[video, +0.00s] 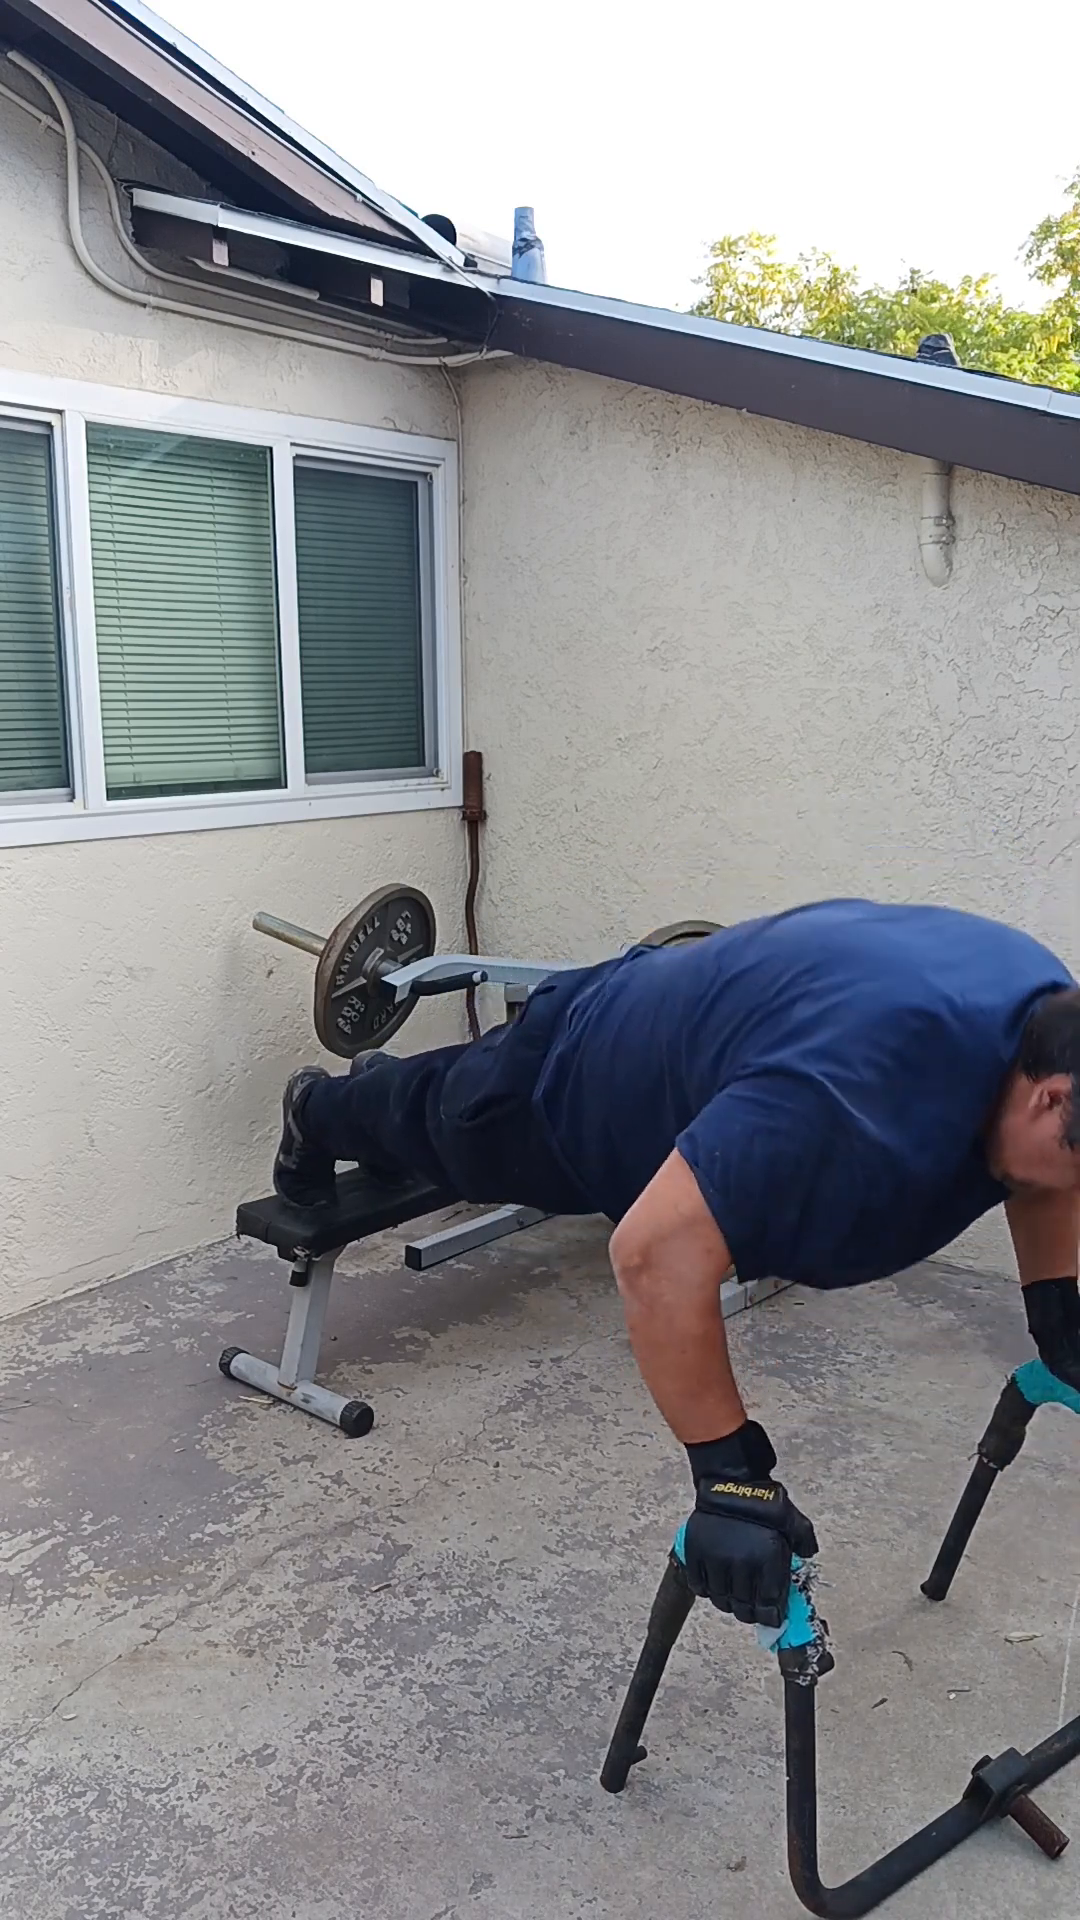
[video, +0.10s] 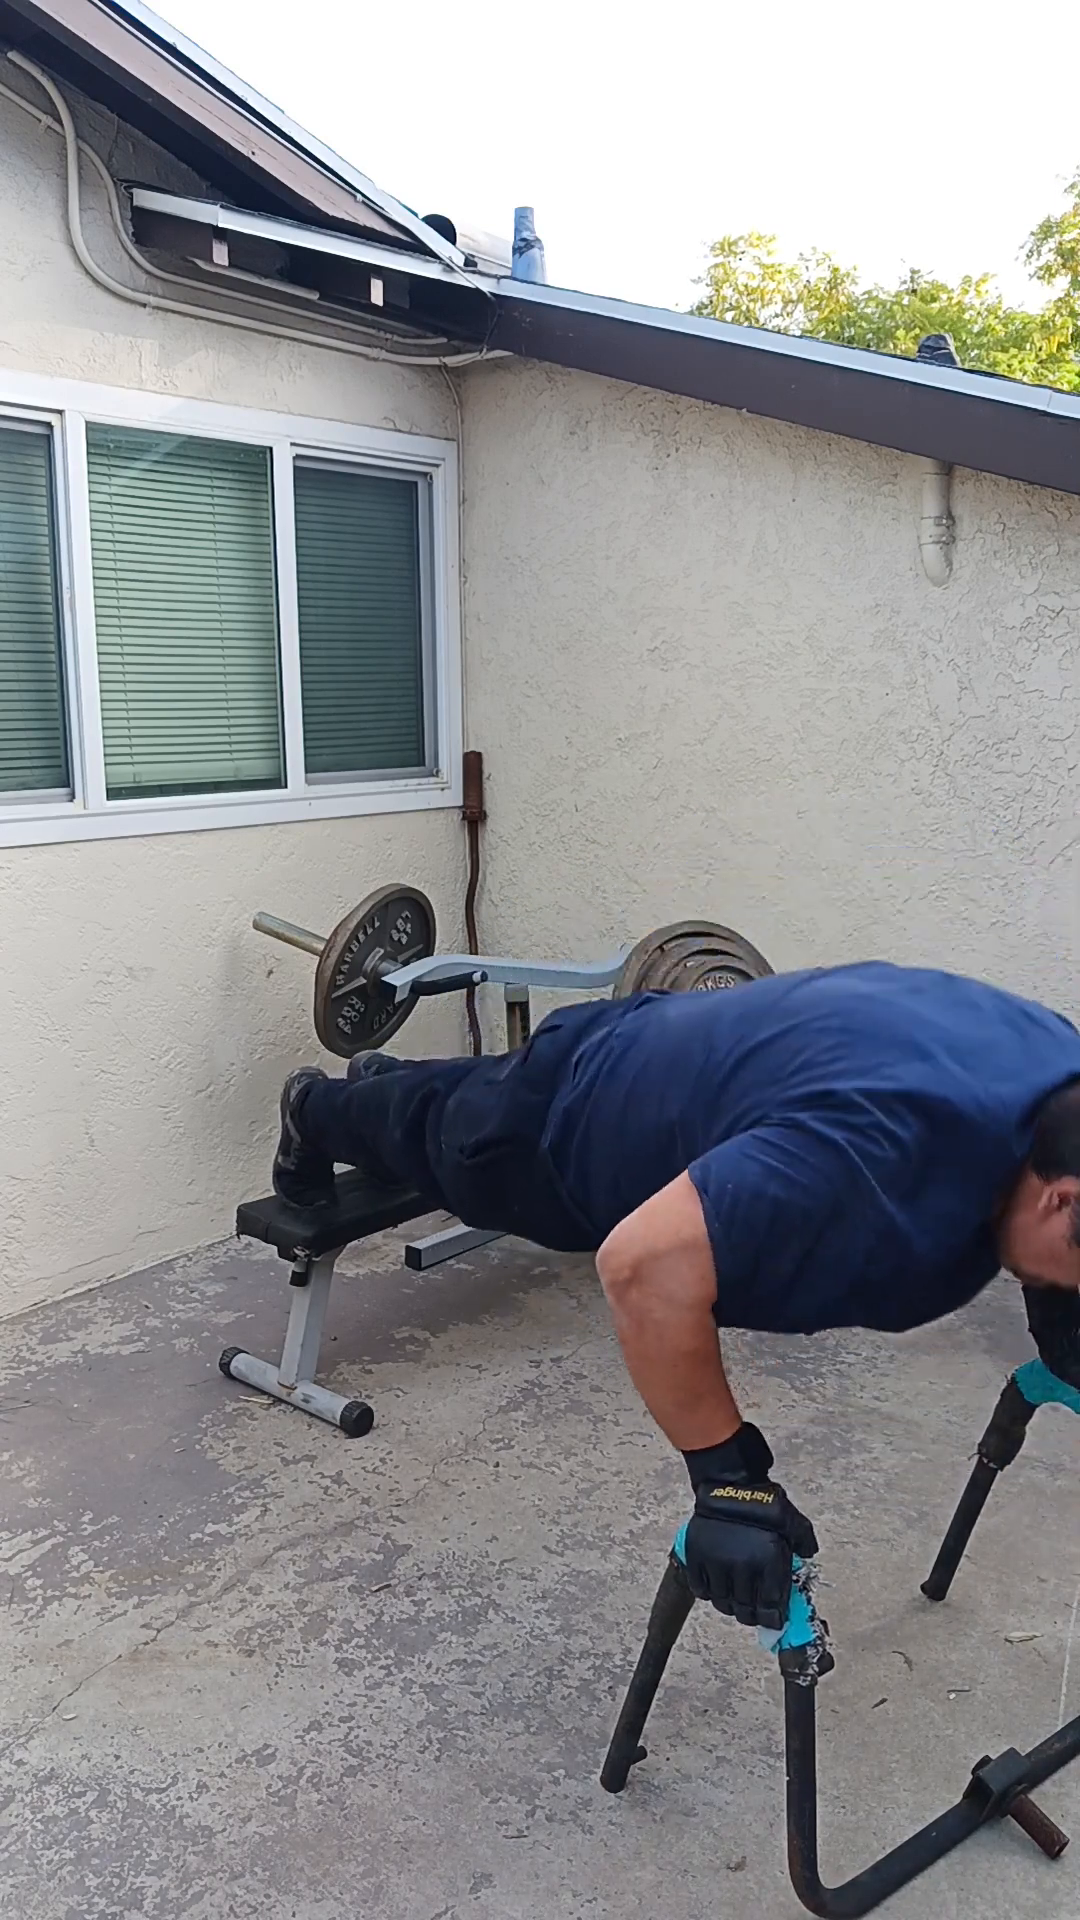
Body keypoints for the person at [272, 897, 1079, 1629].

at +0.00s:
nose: (1061, 1178)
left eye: (1074, 1170)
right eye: (1069, 1154)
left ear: (1054, 1089)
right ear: (1043, 1101)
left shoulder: (1042, 1013)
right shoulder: (840, 1101)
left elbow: (1047, 1174)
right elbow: (656, 1258)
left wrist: (1058, 1322)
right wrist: (733, 1477)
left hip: (726, 970)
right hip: (602, 1058)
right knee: (440, 1105)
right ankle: (320, 1106)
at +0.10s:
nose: (1055, 1290)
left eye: (1070, 1282)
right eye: (1067, 1268)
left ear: (1063, 1188)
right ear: (1053, 1202)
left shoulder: (1062, 1074)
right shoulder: (874, 1161)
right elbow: (642, 1268)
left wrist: (1054, 1311)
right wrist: (731, 1479)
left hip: (703, 1027)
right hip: (595, 1104)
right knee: (435, 1118)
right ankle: (315, 1110)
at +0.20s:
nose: (1057, 1377)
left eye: (1071, 1370)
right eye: (1073, 1360)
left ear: (1068, 1286)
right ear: (1061, 1295)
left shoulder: (1073, 1137)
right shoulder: (894, 1240)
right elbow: (641, 1274)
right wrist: (731, 1482)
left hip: (702, 1064)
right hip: (599, 1139)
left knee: (520, 1098)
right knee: (438, 1131)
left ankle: (387, 1092)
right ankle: (316, 1110)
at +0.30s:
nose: (1052, 1444)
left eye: (1067, 1436)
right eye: (1069, 1430)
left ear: (1067, 1367)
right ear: (1062, 1375)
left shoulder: (1078, 1178)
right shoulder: (905, 1286)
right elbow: (648, 1271)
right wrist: (733, 1480)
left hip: (709, 1091)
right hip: (601, 1168)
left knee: (528, 1116)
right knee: (443, 1151)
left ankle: (393, 1083)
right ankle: (319, 1106)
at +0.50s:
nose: (1054, 1551)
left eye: (1069, 1543)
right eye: (1072, 1536)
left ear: (1066, 1476)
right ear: (1060, 1478)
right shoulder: (923, 1376)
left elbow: (1052, 1128)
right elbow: (682, 1263)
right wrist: (736, 1485)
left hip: (725, 1137)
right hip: (612, 1213)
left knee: (543, 1129)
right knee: (453, 1181)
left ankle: (395, 1083)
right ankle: (323, 1109)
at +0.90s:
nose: (1052, 1436)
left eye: (1065, 1428)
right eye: (1070, 1424)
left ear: (1072, 1351)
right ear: (1069, 1365)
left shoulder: (1077, 1181)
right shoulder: (911, 1277)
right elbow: (649, 1279)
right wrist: (731, 1481)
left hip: (713, 1096)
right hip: (602, 1173)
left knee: (535, 1119)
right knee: (450, 1154)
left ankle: (398, 1083)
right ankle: (322, 1107)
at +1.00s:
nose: (1058, 1351)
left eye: (1067, 1349)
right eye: (1073, 1337)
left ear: (1071, 1246)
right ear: (1066, 1261)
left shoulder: (1070, 1128)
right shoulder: (895, 1201)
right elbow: (637, 1279)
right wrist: (731, 1480)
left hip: (719, 1059)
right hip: (602, 1136)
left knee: (531, 1102)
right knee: (452, 1132)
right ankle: (323, 1112)